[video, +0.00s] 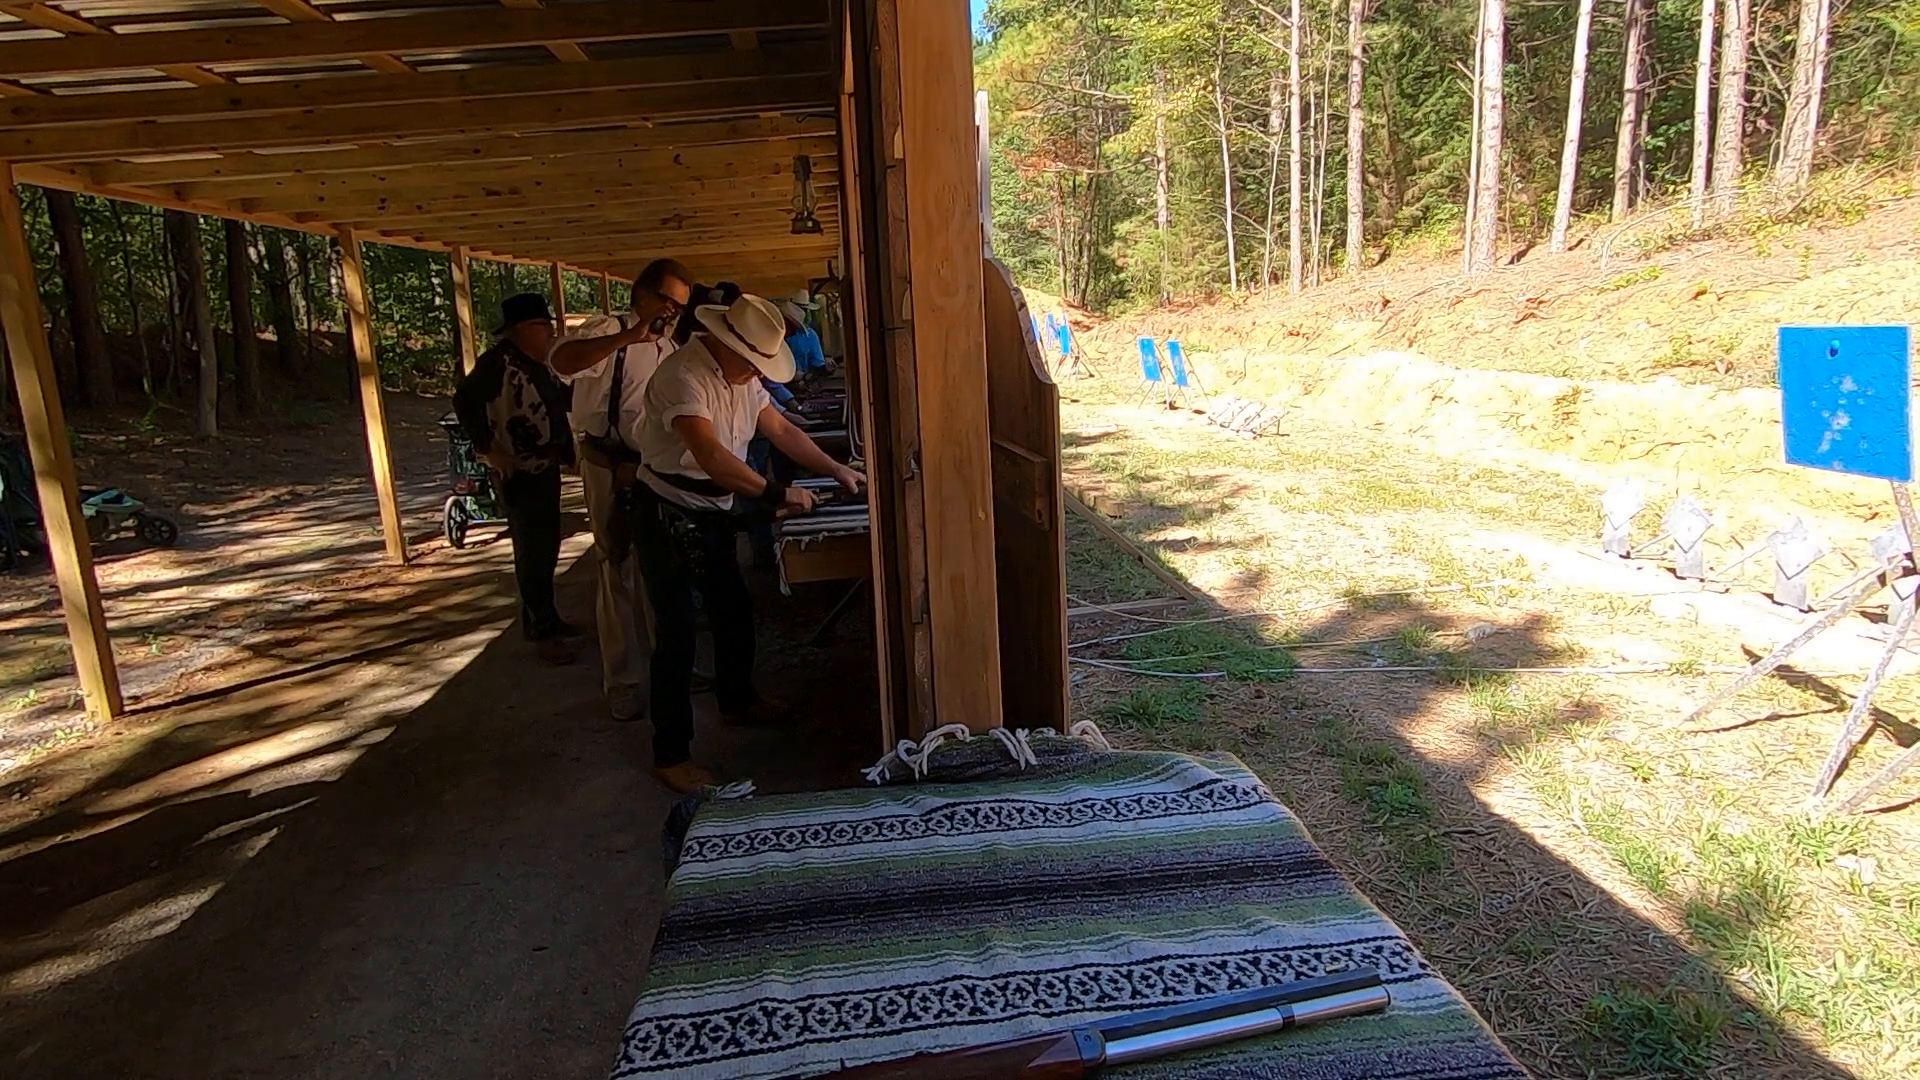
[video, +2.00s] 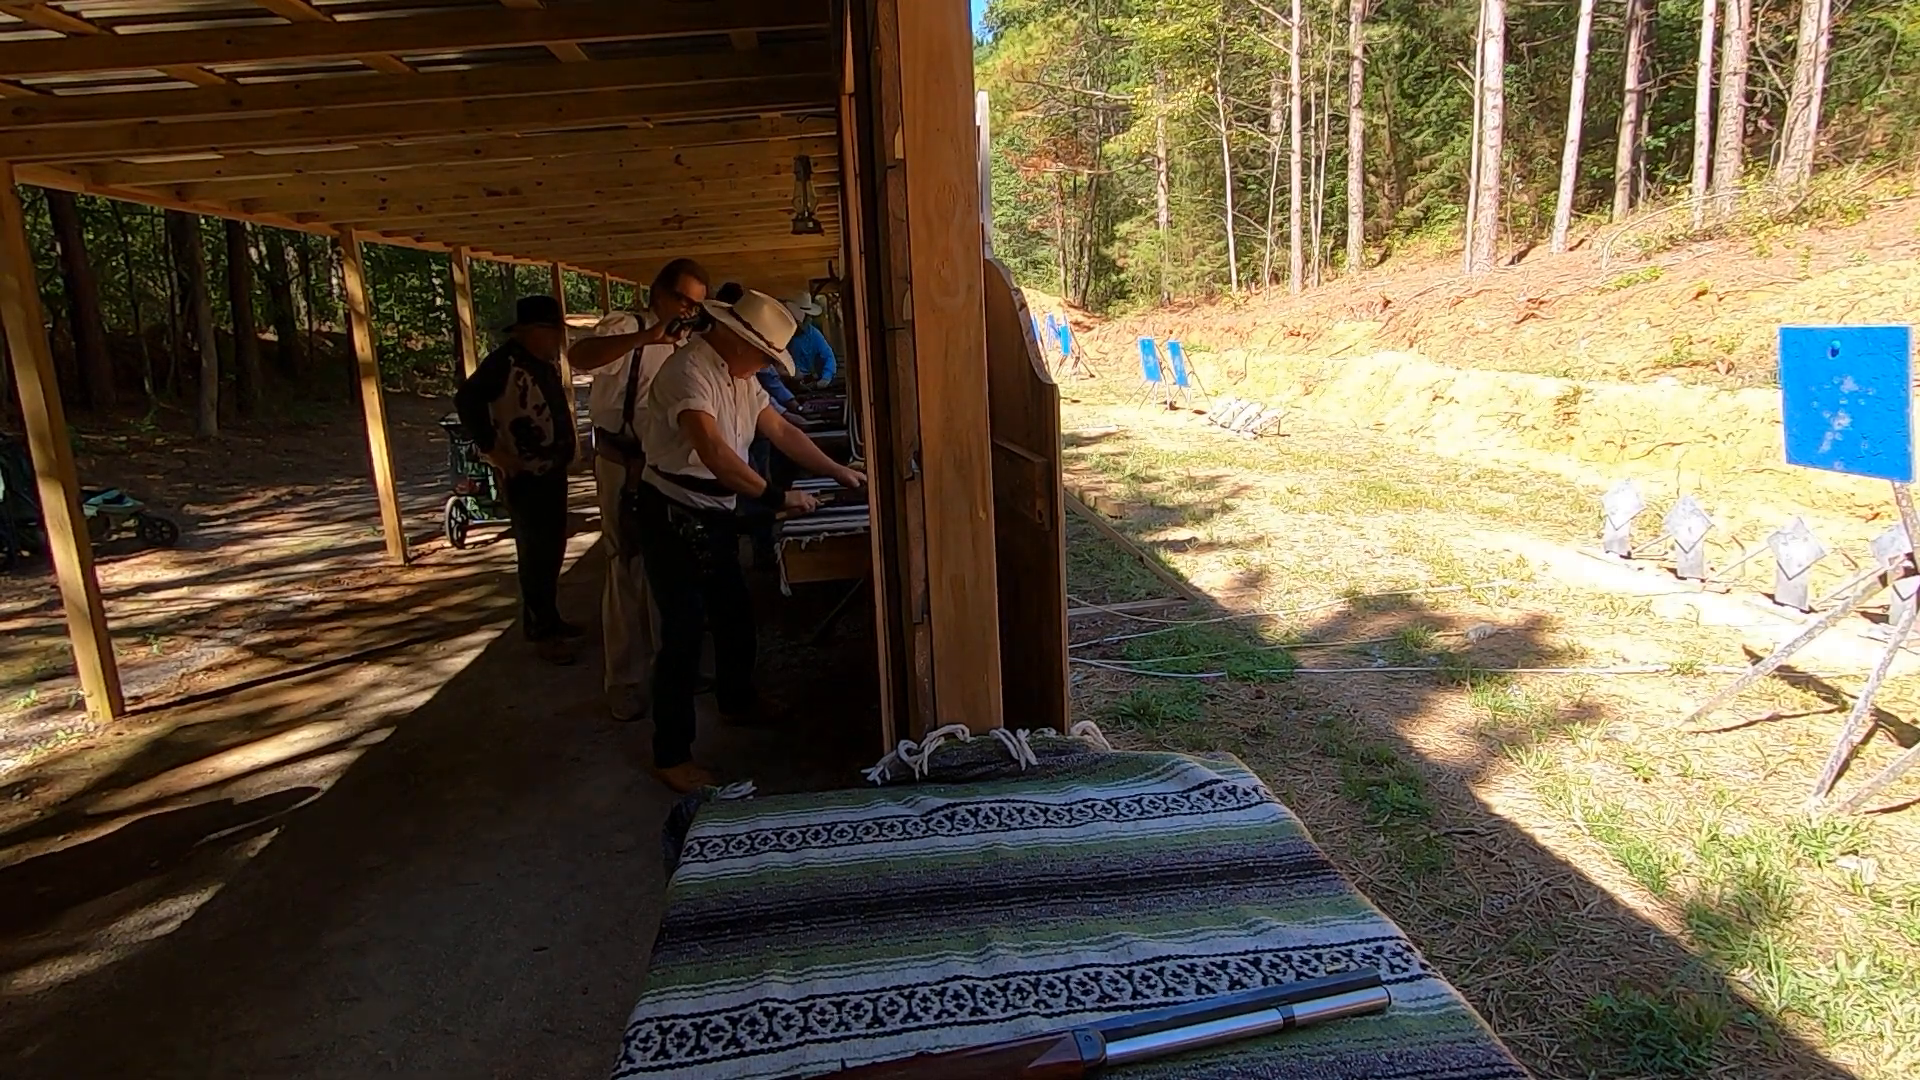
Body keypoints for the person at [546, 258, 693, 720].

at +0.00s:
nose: (671, 311)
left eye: (679, 305)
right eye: (664, 300)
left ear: (683, 308)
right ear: (640, 293)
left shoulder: (670, 348)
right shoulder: (609, 328)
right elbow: (560, 361)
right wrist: (625, 338)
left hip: (658, 464)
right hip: (607, 465)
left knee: (661, 569)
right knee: (617, 571)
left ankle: (669, 667)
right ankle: (623, 685)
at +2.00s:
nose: (686, 310)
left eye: (695, 305)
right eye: (680, 299)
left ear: (702, 308)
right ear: (657, 293)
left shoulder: (695, 346)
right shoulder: (626, 327)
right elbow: (579, 357)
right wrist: (647, 337)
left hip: (675, 465)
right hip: (620, 464)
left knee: (673, 571)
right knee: (626, 572)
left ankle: (677, 671)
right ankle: (624, 683)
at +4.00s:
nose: (690, 314)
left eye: (696, 309)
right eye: (684, 304)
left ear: (698, 310)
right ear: (659, 297)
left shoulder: (692, 347)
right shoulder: (631, 326)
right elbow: (599, 347)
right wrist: (668, 342)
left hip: (670, 464)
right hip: (619, 465)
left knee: (673, 566)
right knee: (626, 572)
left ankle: (674, 668)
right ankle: (623, 681)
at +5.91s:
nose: (689, 314)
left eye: (696, 309)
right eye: (683, 304)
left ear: (699, 311)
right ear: (659, 295)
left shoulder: (690, 344)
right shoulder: (631, 325)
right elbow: (609, 347)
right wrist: (674, 345)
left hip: (668, 461)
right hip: (618, 462)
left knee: (669, 563)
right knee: (625, 569)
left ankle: (671, 665)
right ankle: (624, 682)